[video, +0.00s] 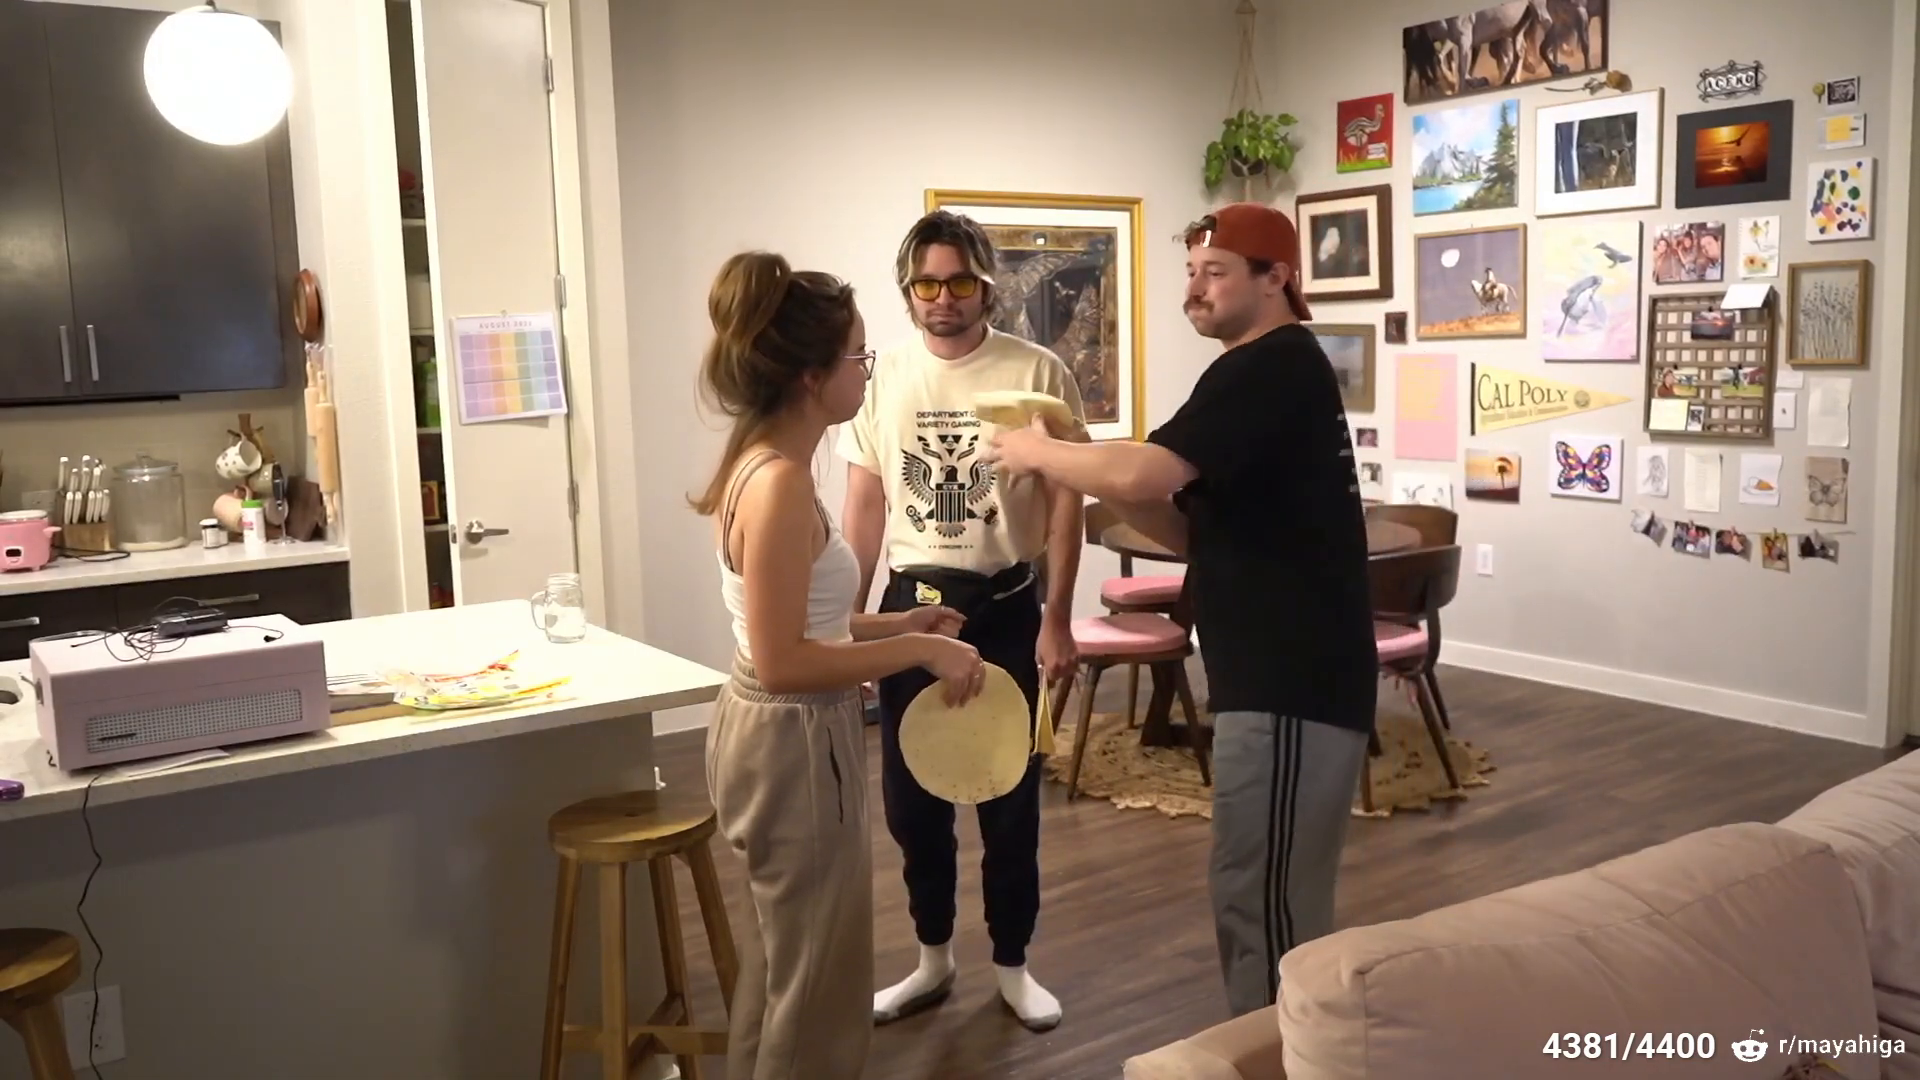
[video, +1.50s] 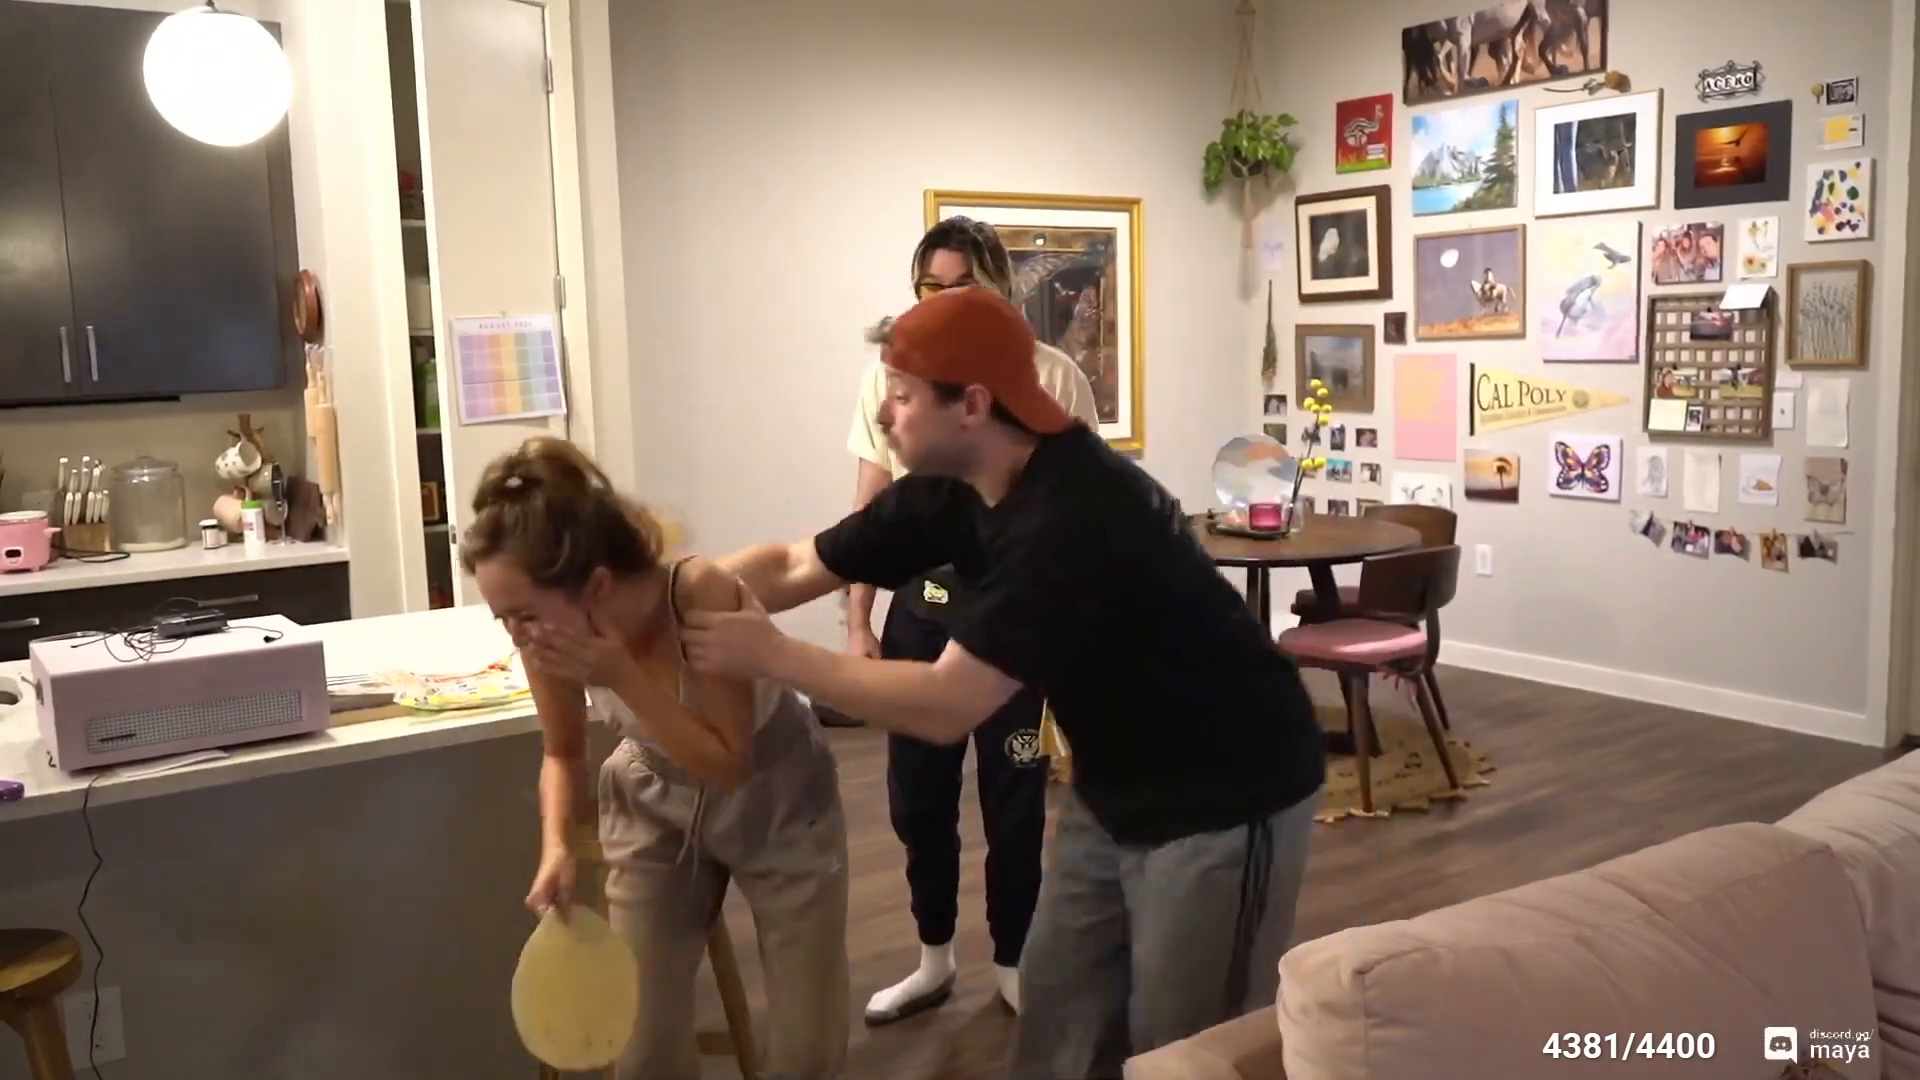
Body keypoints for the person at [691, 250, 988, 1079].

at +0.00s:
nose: (869, 369)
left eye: (864, 353)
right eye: (858, 356)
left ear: (804, 377)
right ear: (811, 378)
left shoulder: (767, 468)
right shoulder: (777, 483)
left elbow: (797, 625)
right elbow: (779, 664)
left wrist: (900, 623)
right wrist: (919, 653)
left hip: (780, 731)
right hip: (792, 743)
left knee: (786, 963)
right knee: (817, 976)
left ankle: (762, 1074)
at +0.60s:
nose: (849, 395)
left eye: (853, 376)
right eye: (833, 381)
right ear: (770, 383)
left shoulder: (795, 465)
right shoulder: (745, 486)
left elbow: (802, 591)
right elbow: (753, 668)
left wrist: (885, 564)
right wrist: (898, 652)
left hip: (809, 735)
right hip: (777, 749)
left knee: (806, 970)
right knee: (805, 982)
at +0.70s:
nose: (796, 413)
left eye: (812, 390)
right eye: (774, 394)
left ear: (831, 377)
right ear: (734, 384)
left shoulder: (804, 462)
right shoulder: (723, 479)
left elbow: (883, 555)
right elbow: (749, 649)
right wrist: (895, 623)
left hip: (820, 724)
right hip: (771, 737)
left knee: (837, 971)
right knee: (822, 981)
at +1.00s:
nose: (704, 431)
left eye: (719, 406)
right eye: (683, 415)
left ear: (768, 395)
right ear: (666, 415)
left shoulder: (816, 462)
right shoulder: (665, 497)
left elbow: (831, 621)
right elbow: (669, 660)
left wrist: (765, 491)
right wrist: (783, 649)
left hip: (817, 731)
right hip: (715, 743)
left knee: (826, 988)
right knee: (774, 1010)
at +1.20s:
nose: (616, 488)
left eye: (634, 463)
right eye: (603, 466)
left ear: (703, 451)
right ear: (595, 457)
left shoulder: (777, 497)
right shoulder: (617, 534)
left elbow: (759, 670)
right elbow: (625, 682)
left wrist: (698, 541)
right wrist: (689, 710)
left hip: (804, 753)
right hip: (688, 764)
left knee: (813, 1005)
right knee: (712, 1030)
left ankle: (799, 1076)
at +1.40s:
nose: (538, 583)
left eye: (551, 562)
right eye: (524, 563)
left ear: (624, 540)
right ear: (515, 544)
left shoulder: (715, 559)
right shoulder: (558, 595)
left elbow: (704, 740)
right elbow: (592, 722)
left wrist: (629, 624)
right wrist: (606, 803)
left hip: (783, 766)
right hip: (670, 770)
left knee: (812, 1036)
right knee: (668, 1040)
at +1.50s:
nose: (515, 637)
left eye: (525, 615)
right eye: (502, 618)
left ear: (597, 586)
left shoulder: (703, 591)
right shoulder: (546, 627)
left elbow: (728, 766)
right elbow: (563, 750)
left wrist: (617, 671)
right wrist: (557, 847)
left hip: (772, 789)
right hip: (653, 791)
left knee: (806, 1047)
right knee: (643, 1040)